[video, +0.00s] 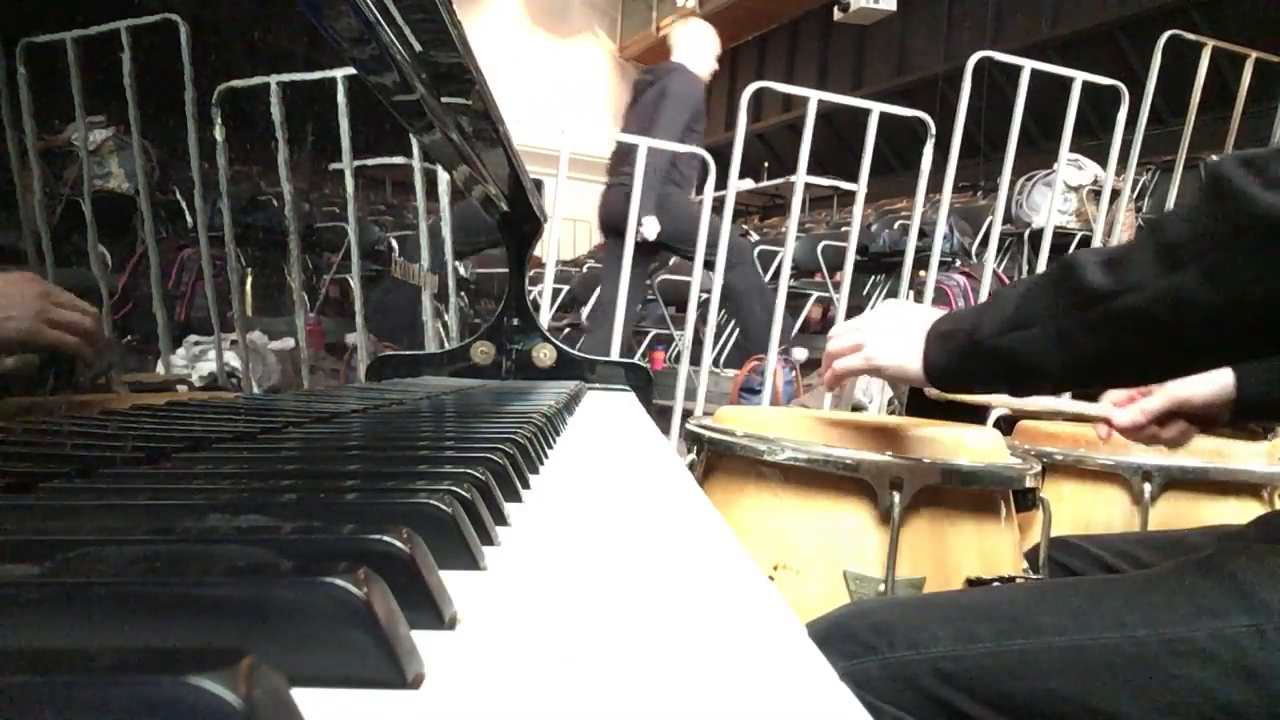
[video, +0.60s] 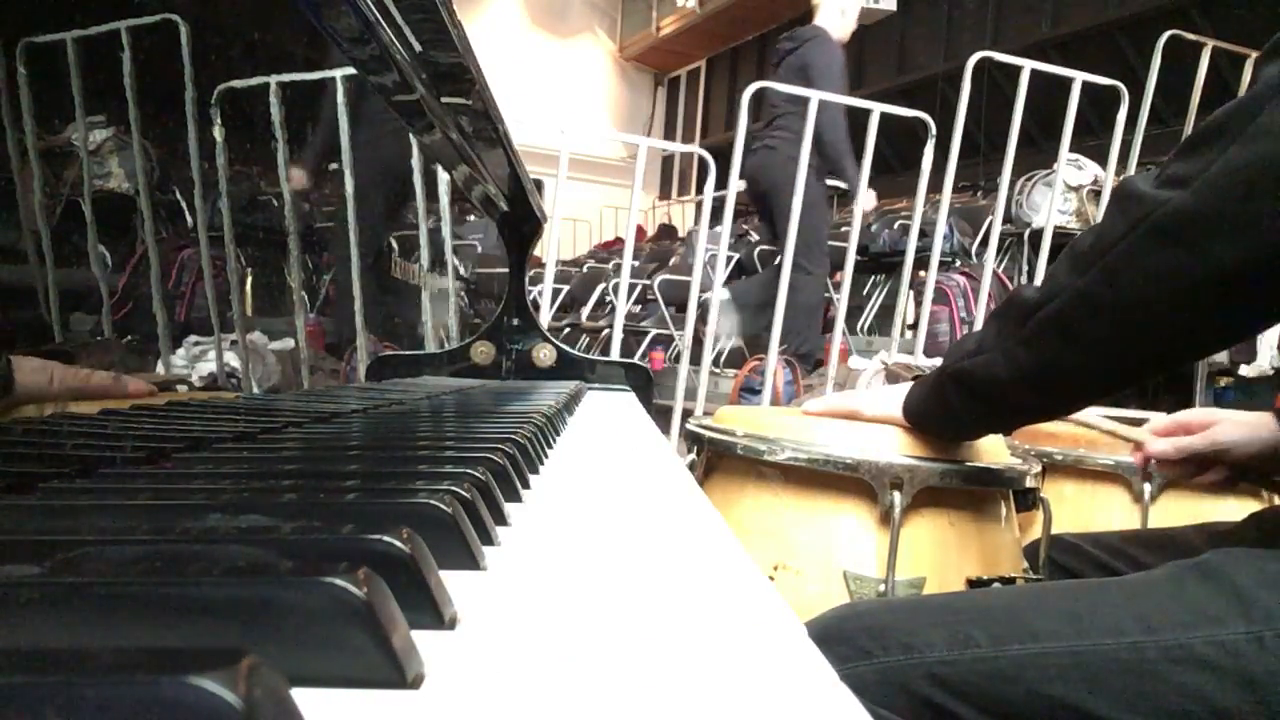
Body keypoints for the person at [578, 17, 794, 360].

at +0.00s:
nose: (716, 65)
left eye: (717, 57)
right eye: (714, 56)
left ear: (676, 49)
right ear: (699, 51)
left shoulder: (651, 84)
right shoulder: (685, 82)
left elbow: (634, 149)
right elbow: (658, 147)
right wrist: (645, 208)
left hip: (617, 198)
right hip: (653, 199)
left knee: (617, 302)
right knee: (734, 253)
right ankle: (770, 351)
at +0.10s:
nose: (739, 73)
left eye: (740, 66)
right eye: (738, 65)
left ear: (702, 56)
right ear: (725, 60)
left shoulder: (675, 91)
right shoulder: (712, 91)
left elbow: (653, 155)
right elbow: (682, 154)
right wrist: (668, 215)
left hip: (647, 211)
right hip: (682, 209)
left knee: (636, 307)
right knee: (757, 264)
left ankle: (598, 383)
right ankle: (793, 358)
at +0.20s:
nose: (772, 71)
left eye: (772, 63)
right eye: (771, 62)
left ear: (732, 59)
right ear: (761, 62)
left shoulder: (704, 94)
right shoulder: (747, 94)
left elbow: (685, 157)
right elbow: (725, 154)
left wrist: (737, 196)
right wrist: (714, 224)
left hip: (666, 208)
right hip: (703, 207)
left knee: (643, 307)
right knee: (781, 265)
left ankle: (600, 387)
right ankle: (793, 373)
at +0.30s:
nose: (805, 63)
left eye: (805, 55)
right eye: (805, 54)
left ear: (765, 47)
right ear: (794, 52)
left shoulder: (739, 84)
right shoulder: (771, 87)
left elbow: (726, 152)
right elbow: (750, 148)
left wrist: (766, 197)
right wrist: (754, 210)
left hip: (695, 202)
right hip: (729, 203)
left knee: (667, 295)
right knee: (799, 264)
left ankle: (617, 377)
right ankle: (788, 363)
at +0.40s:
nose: (828, 52)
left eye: (829, 43)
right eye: (827, 42)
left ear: (791, 34)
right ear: (815, 38)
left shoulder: (762, 71)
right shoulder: (790, 72)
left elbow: (750, 138)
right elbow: (771, 135)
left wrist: (794, 190)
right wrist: (789, 197)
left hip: (724, 190)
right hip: (750, 190)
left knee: (708, 287)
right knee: (808, 267)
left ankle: (637, 364)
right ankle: (795, 362)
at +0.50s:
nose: (843, 37)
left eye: (844, 29)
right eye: (841, 27)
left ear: (807, 21)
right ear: (823, 22)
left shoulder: (781, 57)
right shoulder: (809, 60)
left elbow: (763, 127)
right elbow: (803, 133)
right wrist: (822, 195)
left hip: (745, 173)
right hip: (773, 174)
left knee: (757, 278)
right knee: (811, 266)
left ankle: (678, 331)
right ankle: (792, 368)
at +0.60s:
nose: (855, 26)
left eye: (856, 18)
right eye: (854, 16)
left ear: (821, 11)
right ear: (841, 11)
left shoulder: (794, 48)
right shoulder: (823, 46)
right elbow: (830, 122)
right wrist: (857, 184)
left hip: (762, 164)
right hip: (789, 163)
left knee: (797, 262)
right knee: (812, 265)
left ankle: (731, 304)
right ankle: (798, 363)